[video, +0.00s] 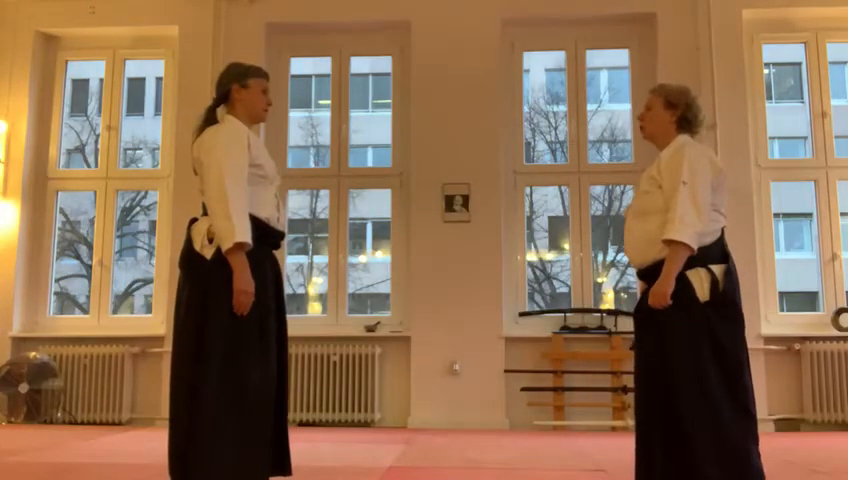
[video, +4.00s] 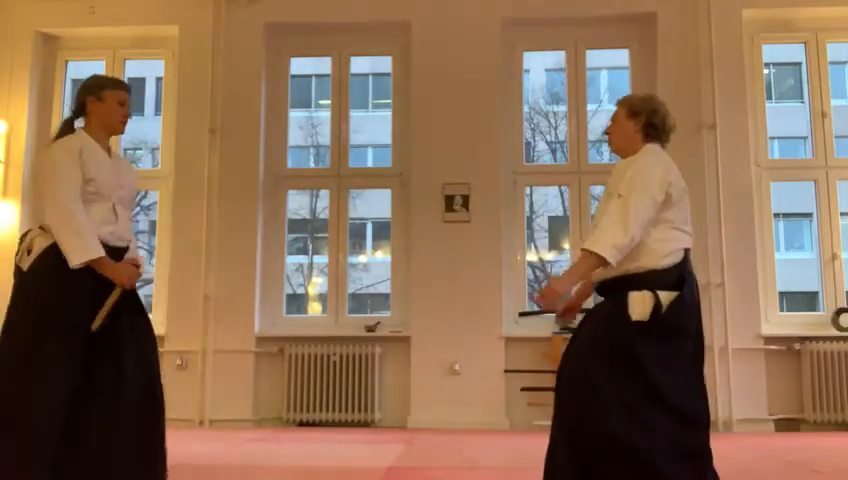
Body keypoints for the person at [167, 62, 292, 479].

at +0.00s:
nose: (269, 100)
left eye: (269, 93)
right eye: (263, 92)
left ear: (244, 96)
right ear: (236, 94)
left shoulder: (243, 136)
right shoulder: (225, 134)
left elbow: (241, 202)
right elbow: (222, 199)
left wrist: (262, 258)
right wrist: (239, 265)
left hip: (247, 257)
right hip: (229, 260)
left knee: (245, 367)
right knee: (231, 367)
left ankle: (241, 463)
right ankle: (227, 465)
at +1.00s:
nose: (268, 101)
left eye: (269, 94)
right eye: (262, 93)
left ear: (242, 96)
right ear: (235, 93)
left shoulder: (238, 134)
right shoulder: (226, 132)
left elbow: (234, 198)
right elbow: (224, 197)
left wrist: (258, 257)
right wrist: (245, 262)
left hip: (237, 257)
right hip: (229, 260)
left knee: (239, 368)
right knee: (232, 368)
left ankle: (236, 464)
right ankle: (230, 466)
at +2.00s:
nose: (279, 105)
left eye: (280, 97)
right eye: (273, 95)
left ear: (248, 93)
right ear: (247, 90)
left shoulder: (237, 133)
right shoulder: (237, 133)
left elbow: (261, 199)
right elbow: (258, 199)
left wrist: (317, 202)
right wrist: (319, 202)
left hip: (212, 252)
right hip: (223, 256)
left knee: (216, 363)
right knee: (231, 362)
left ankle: (212, 466)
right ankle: (230, 467)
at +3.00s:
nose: (208, 115)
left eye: (210, 109)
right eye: (203, 106)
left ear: (190, 109)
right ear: (176, 102)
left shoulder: (188, 153)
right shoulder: (153, 142)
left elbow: (188, 221)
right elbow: (140, 204)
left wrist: (203, 281)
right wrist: (194, 234)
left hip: (180, 266)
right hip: (150, 265)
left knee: (177, 368)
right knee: (147, 368)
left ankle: (170, 465)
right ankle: (139, 465)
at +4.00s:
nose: (126, 113)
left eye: (128, 107)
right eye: (119, 104)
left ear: (116, 112)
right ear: (91, 105)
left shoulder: (118, 165)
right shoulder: (63, 150)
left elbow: (121, 222)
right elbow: (63, 212)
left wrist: (131, 256)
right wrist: (104, 264)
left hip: (110, 273)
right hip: (62, 271)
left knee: (127, 376)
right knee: (58, 377)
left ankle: (117, 468)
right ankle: (55, 469)